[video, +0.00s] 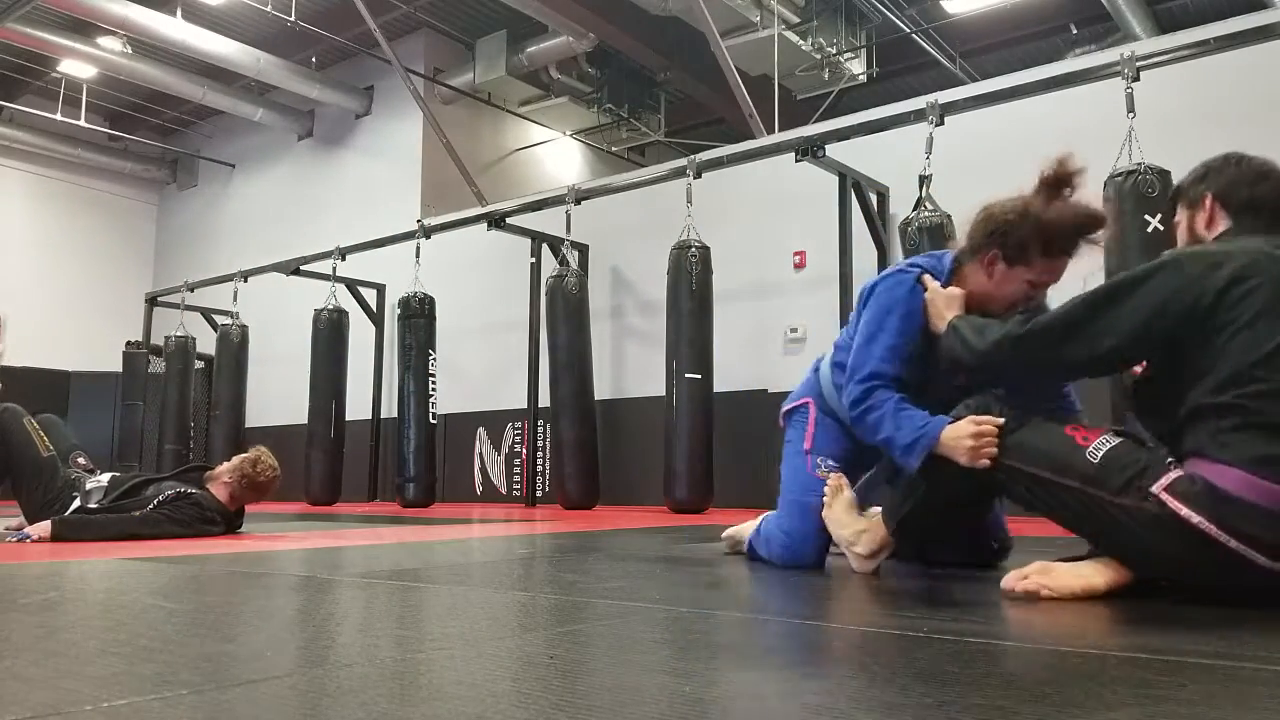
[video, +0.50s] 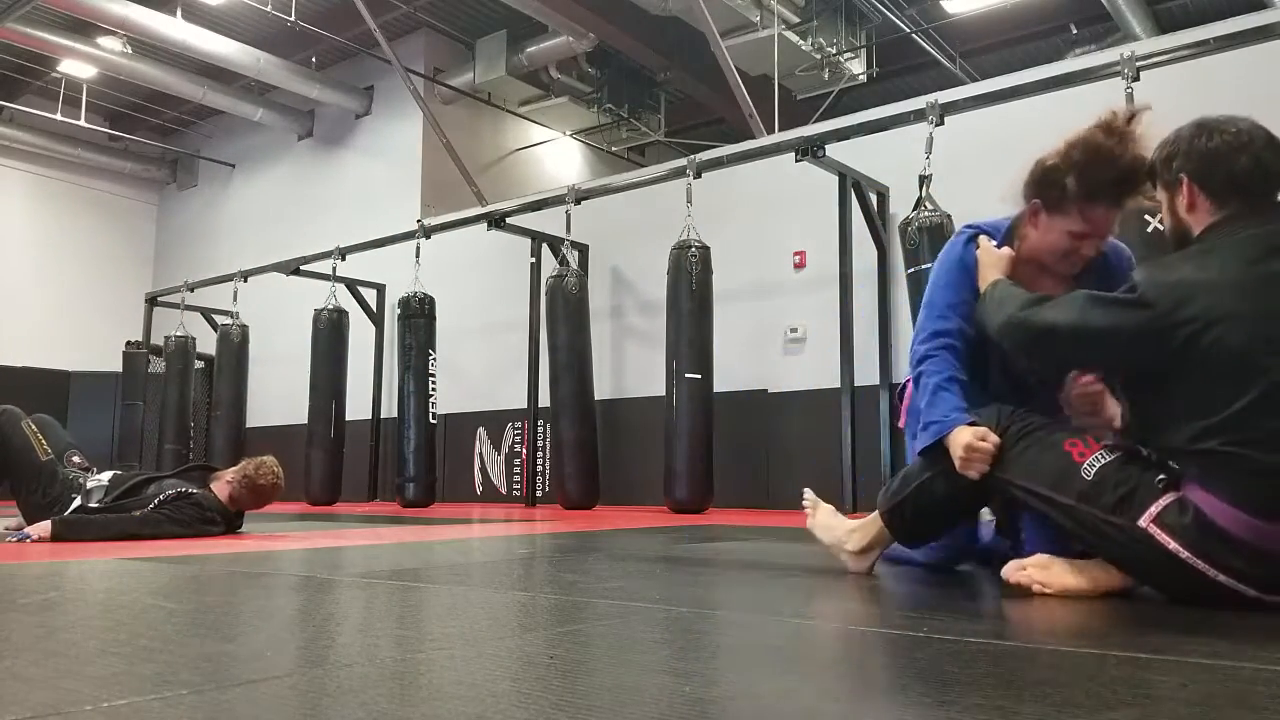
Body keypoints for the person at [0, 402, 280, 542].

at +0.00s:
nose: (223, 462)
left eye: (228, 462)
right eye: (229, 460)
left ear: (228, 476)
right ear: (246, 495)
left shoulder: (199, 512)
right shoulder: (218, 499)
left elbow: (129, 525)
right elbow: (148, 489)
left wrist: (55, 526)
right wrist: (105, 477)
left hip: (67, 501)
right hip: (96, 485)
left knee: (9, 416)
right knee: (47, 420)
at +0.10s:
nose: (225, 463)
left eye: (231, 464)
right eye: (232, 461)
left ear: (230, 475)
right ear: (250, 497)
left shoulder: (199, 513)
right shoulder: (215, 496)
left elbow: (130, 524)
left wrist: (56, 526)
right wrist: (107, 477)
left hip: (68, 501)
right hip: (95, 485)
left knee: (9, 416)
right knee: (46, 420)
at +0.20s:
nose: (226, 464)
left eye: (232, 466)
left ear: (232, 471)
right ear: (255, 500)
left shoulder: (201, 513)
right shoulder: (215, 489)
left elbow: (131, 524)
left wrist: (56, 526)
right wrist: (107, 478)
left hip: (68, 501)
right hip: (95, 485)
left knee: (9, 416)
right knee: (44, 421)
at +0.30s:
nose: (228, 465)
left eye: (234, 466)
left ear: (233, 470)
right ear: (257, 503)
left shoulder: (200, 512)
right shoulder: (219, 497)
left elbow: (131, 524)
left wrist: (56, 526)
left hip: (68, 500)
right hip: (95, 483)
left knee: (9, 417)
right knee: (42, 421)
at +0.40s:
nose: (229, 467)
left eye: (234, 468)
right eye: (235, 467)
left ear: (233, 473)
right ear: (256, 504)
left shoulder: (199, 512)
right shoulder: (216, 492)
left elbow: (131, 524)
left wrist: (56, 526)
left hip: (68, 501)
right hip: (95, 484)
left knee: (9, 417)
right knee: (42, 421)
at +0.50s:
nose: (228, 471)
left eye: (234, 472)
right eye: (235, 471)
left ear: (234, 475)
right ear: (255, 503)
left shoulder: (200, 512)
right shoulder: (217, 492)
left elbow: (132, 524)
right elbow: (148, 489)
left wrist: (56, 527)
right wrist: (106, 478)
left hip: (69, 501)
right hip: (97, 485)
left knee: (9, 418)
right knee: (41, 421)